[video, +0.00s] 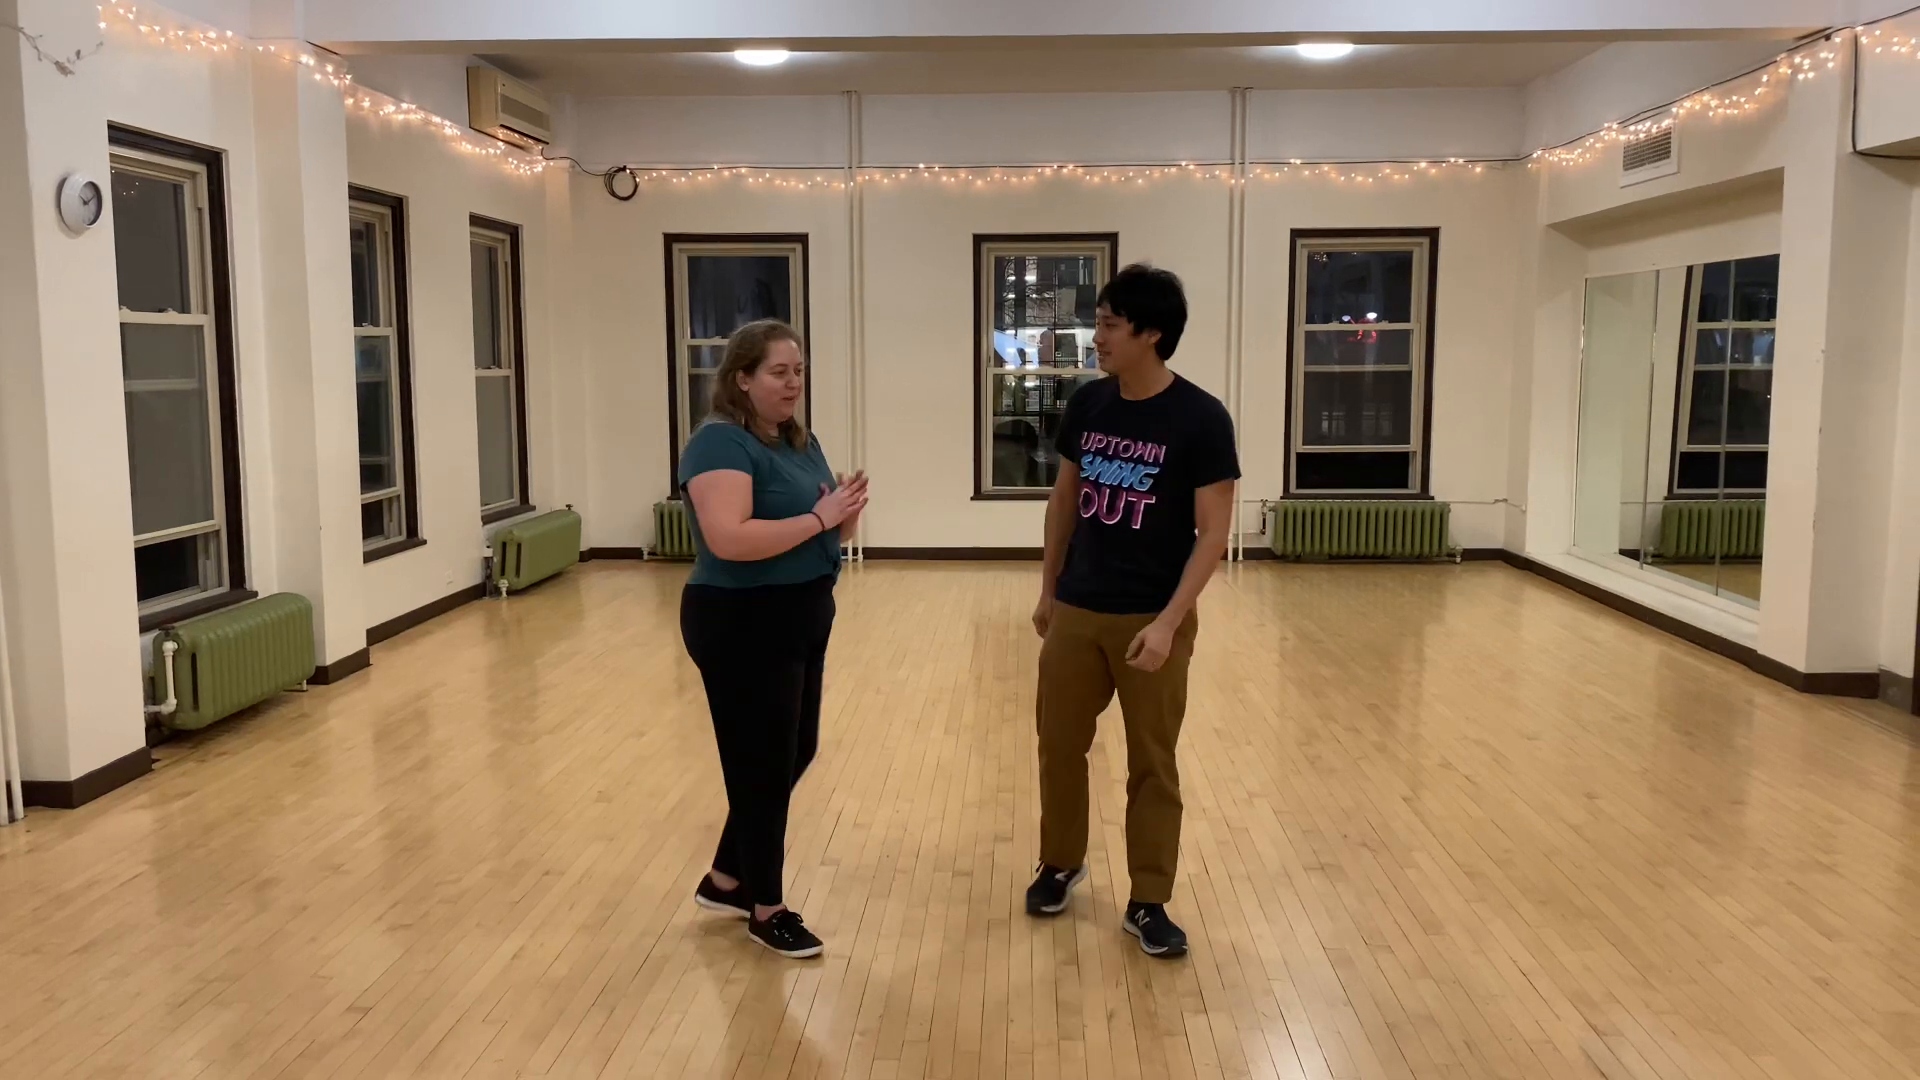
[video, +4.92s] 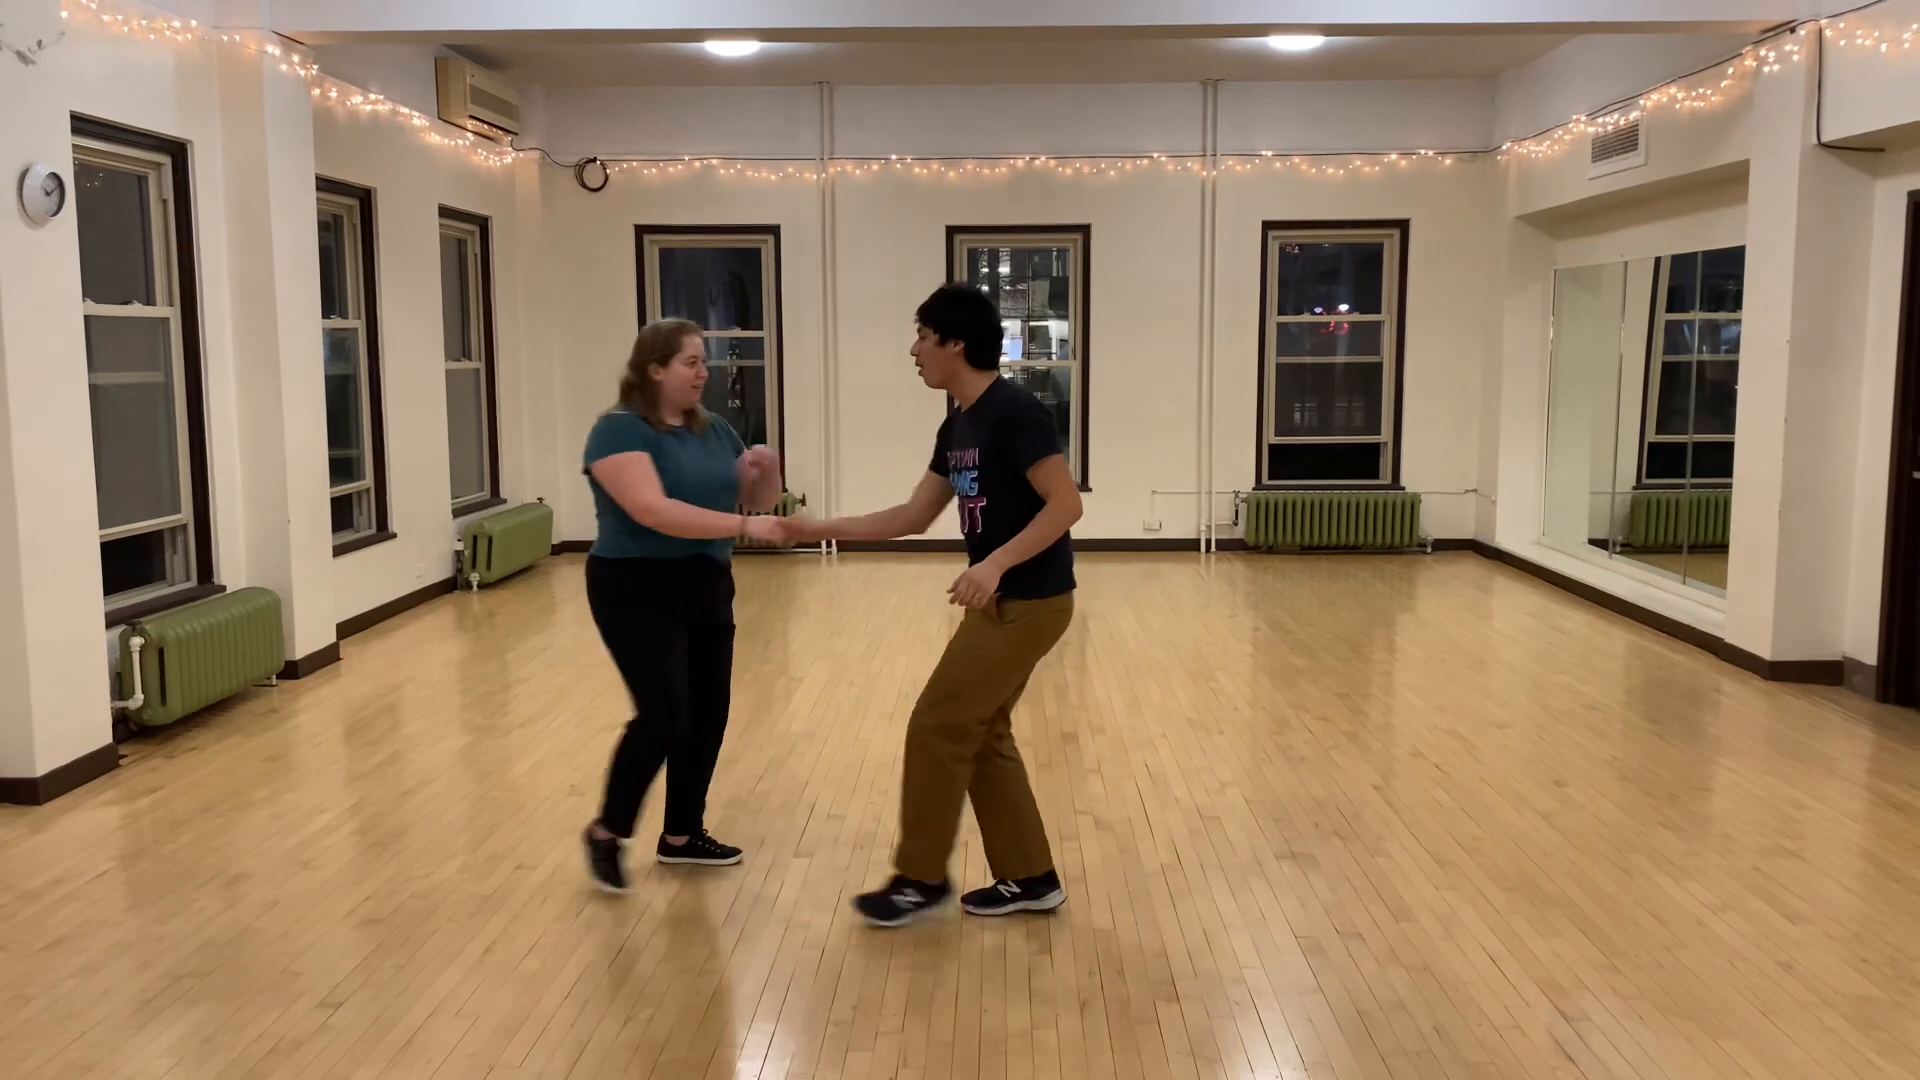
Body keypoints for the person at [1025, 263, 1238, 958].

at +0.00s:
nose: (1097, 337)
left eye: (1110, 327)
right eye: (1097, 325)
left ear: (1152, 335)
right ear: (1117, 332)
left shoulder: (1202, 420)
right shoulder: (1088, 404)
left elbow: (1214, 536)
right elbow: (1065, 497)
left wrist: (1169, 621)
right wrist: (1049, 589)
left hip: (1154, 623)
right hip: (1075, 614)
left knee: (1152, 764)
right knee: (1059, 745)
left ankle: (1148, 900)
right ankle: (1060, 862)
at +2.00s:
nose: (1062, 347)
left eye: (1072, 336)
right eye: (1060, 335)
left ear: (1112, 338)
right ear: (1072, 336)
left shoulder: (1169, 403)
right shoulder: (1058, 404)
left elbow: (1199, 507)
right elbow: (1037, 499)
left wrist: (1184, 594)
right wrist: (1033, 583)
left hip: (1147, 596)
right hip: (1075, 598)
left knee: (1154, 738)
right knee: (1095, 733)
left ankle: (1171, 880)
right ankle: (1109, 855)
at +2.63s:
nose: (1041, 345)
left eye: (1049, 333)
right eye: (1039, 334)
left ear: (1088, 331)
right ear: (1070, 334)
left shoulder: (1142, 402)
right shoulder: (1063, 404)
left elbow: (1159, 510)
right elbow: (1039, 492)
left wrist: (1125, 601)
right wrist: (960, 514)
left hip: (1127, 596)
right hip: (1069, 594)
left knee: (1138, 736)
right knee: (1087, 727)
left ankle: (1159, 883)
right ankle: (1106, 850)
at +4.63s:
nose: (950, 346)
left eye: (958, 333)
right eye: (951, 333)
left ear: (994, 339)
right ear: (993, 341)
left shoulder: (1050, 406)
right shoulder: (1009, 410)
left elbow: (1096, 508)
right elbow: (1011, 508)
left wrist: (1029, 580)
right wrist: (935, 543)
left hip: (1074, 596)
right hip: (1036, 596)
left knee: (1043, 731)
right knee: (1020, 733)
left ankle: (1146, 845)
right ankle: (1037, 881)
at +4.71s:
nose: (936, 343)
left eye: (944, 331)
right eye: (938, 330)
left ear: (980, 338)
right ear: (976, 336)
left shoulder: (1038, 403)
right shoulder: (993, 411)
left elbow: (1087, 502)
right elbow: (987, 507)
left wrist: (1017, 569)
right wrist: (903, 536)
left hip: (1059, 591)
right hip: (1026, 591)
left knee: (1006, 727)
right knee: (1013, 728)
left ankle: (1098, 855)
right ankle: (1035, 878)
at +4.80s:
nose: (926, 343)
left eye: (936, 331)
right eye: (929, 331)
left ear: (970, 339)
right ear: (968, 341)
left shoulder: (1028, 406)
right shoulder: (977, 419)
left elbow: (1078, 500)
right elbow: (954, 512)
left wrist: (1009, 562)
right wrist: (867, 529)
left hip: (1046, 597)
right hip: (1021, 594)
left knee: (973, 726)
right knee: (1005, 726)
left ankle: (1031, 876)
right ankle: (1033, 873)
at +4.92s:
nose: (913, 350)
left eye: (922, 338)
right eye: (916, 337)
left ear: (957, 347)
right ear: (956, 347)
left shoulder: (1016, 412)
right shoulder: (957, 423)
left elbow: (1067, 504)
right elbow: (916, 515)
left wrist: (994, 564)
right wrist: (820, 529)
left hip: (1031, 602)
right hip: (997, 599)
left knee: (938, 724)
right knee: (983, 735)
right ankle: (1031, 877)